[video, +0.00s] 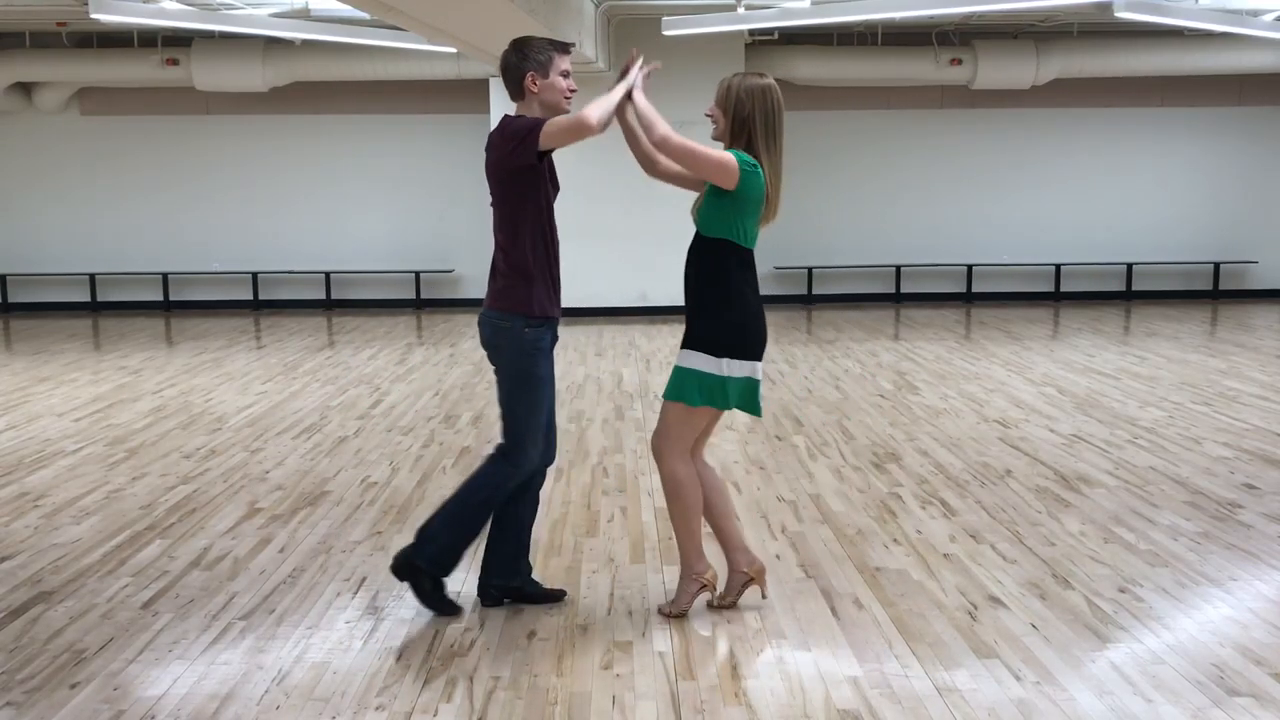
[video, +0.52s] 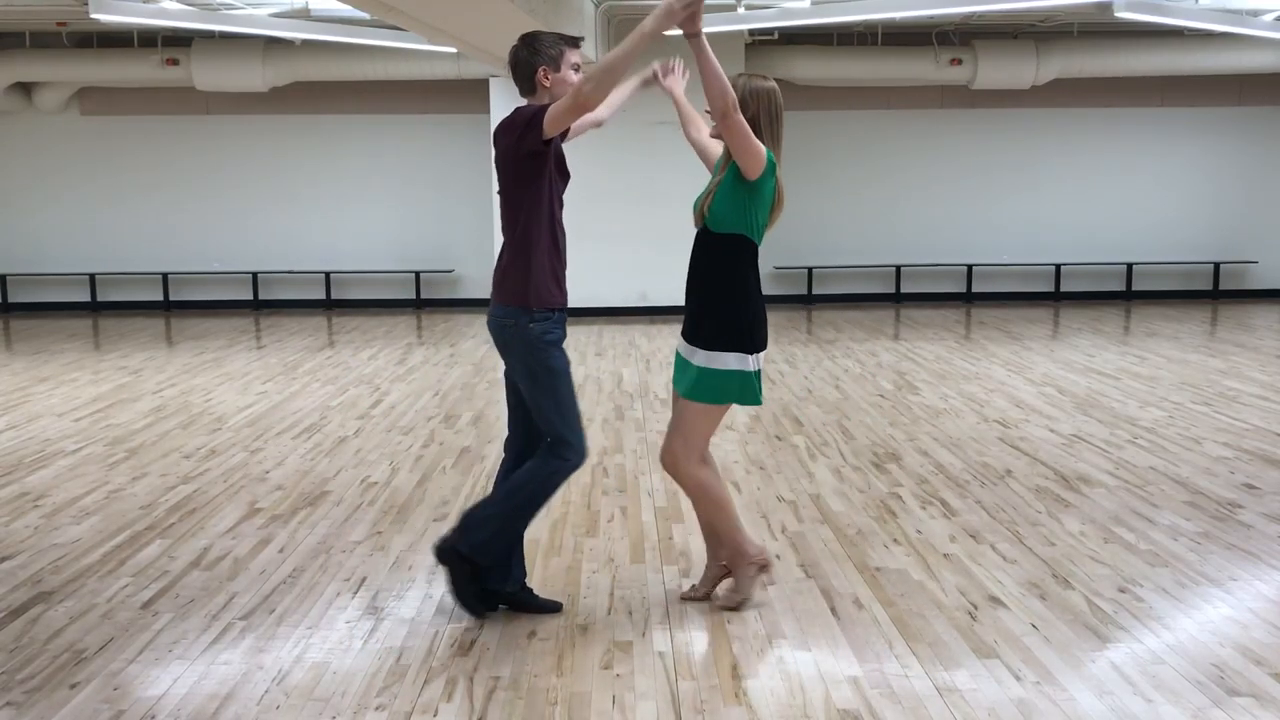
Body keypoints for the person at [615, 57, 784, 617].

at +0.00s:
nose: (711, 110)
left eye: (719, 103)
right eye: (714, 102)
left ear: (739, 113)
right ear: (749, 118)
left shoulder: (742, 170)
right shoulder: (731, 173)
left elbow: (665, 141)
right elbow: (655, 164)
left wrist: (635, 90)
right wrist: (621, 105)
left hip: (720, 330)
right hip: (729, 328)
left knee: (668, 445)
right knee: (689, 451)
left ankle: (693, 569)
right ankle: (742, 560)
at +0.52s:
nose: (723, 118)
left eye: (732, 109)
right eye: (726, 112)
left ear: (753, 117)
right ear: (742, 117)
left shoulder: (756, 168)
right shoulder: (728, 169)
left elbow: (729, 111)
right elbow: (700, 134)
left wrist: (695, 35)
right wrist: (675, 93)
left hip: (728, 336)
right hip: (706, 331)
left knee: (680, 456)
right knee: (689, 454)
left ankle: (746, 555)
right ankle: (719, 558)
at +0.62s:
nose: (732, 117)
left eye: (738, 109)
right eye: (732, 108)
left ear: (758, 114)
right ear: (762, 116)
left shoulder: (768, 169)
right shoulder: (740, 174)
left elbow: (741, 131)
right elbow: (706, 162)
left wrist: (712, 74)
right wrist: (676, 138)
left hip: (736, 338)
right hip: (708, 332)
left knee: (712, 462)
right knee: (691, 443)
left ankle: (794, 554)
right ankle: (722, 557)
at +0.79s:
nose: (743, 110)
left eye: (752, 103)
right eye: (746, 101)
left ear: (776, 112)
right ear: (771, 113)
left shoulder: (785, 165)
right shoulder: (763, 168)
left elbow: (772, 190)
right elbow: (728, 208)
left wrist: (725, 177)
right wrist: (672, 221)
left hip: (765, 326)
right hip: (740, 323)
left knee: (760, 458)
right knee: (710, 439)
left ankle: (825, 567)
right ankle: (722, 556)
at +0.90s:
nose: (755, 112)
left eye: (765, 105)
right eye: (759, 104)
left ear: (788, 115)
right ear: (790, 117)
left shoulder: (794, 176)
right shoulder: (776, 178)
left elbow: (775, 224)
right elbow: (729, 234)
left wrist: (726, 239)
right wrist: (674, 258)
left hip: (784, 338)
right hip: (764, 336)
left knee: (769, 455)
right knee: (722, 439)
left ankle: (828, 569)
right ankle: (731, 558)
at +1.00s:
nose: (766, 115)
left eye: (775, 108)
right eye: (769, 107)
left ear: (798, 118)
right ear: (800, 119)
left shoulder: (805, 181)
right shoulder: (789, 181)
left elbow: (783, 252)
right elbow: (748, 248)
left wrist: (722, 289)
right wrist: (691, 280)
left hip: (797, 333)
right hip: (779, 332)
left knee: (776, 453)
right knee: (736, 444)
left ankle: (828, 570)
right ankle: (778, 559)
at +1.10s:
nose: (777, 116)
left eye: (787, 109)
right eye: (780, 107)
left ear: (809, 118)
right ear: (811, 119)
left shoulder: (817, 183)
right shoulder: (801, 183)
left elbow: (800, 267)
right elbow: (762, 266)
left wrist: (735, 313)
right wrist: (705, 297)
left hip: (807, 331)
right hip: (788, 330)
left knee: (780, 454)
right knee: (756, 454)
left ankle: (826, 571)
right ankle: (833, 549)